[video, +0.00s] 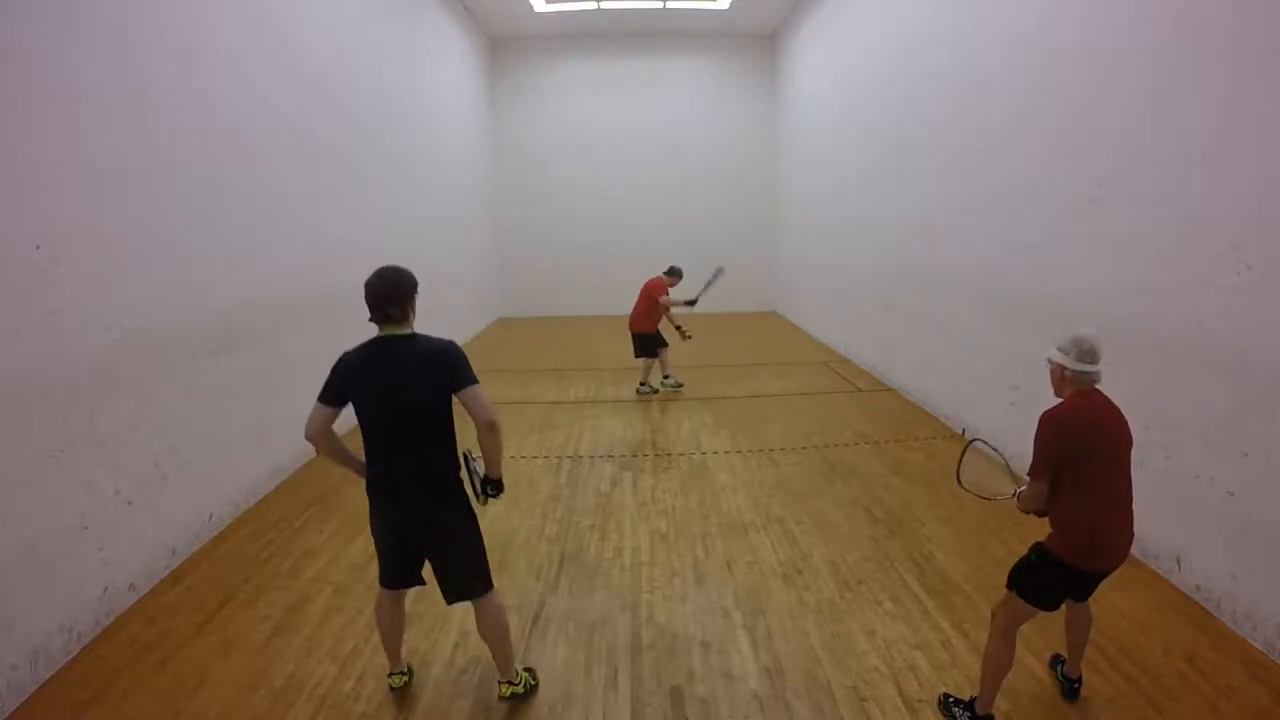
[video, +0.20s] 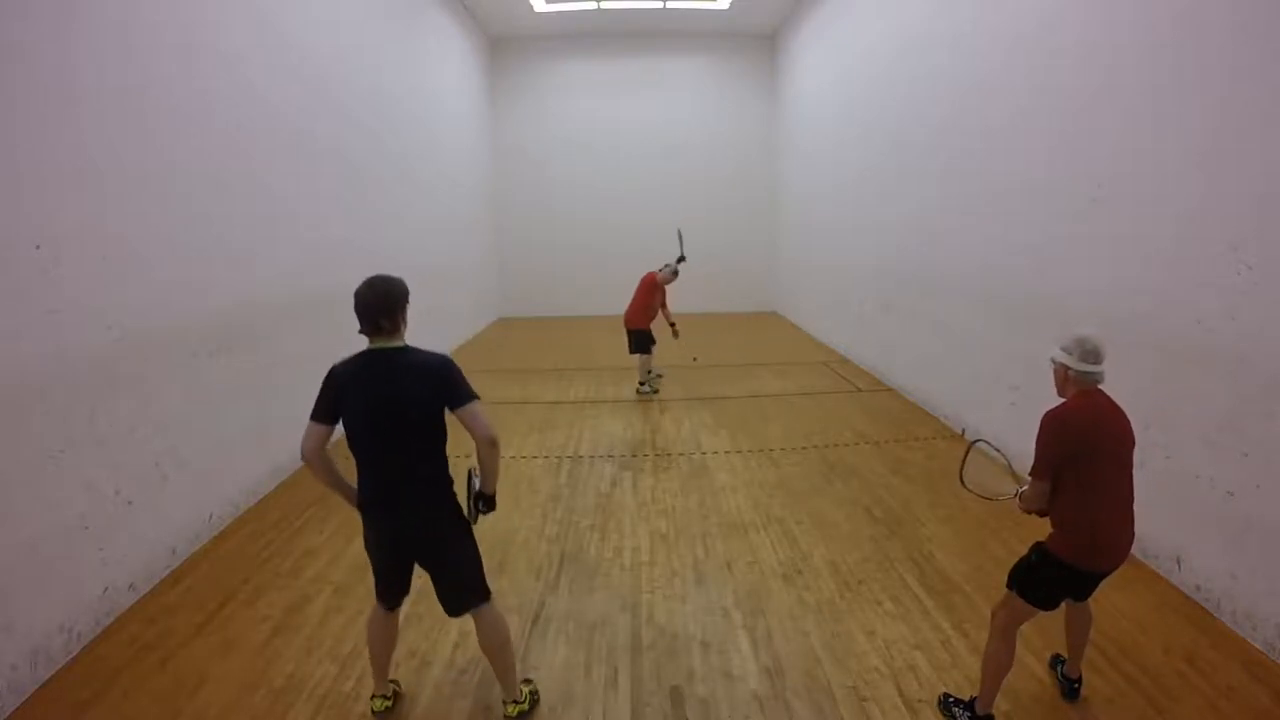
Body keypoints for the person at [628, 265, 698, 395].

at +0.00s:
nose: (676, 284)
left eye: (678, 282)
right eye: (677, 281)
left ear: (668, 274)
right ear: (673, 277)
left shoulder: (662, 287)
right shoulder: (657, 284)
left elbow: (667, 312)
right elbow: (663, 301)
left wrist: (678, 327)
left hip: (649, 325)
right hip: (641, 326)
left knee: (662, 348)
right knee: (651, 355)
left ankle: (666, 378)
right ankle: (643, 384)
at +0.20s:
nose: (670, 281)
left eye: (672, 280)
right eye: (670, 278)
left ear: (671, 277)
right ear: (664, 272)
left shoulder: (661, 289)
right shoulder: (650, 279)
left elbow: (664, 308)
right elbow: (662, 276)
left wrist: (672, 325)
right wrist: (675, 264)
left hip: (643, 322)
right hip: (635, 322)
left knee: (650, 346)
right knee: (645, 352)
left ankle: (647, 373)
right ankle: (642, 384)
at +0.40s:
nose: (665, 283)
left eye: (667, 281)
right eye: (665, 280)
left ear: (664, 276)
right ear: (662, 275)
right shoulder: (651, 281)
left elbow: (654, 302)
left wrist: (656, 315)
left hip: (628, 319)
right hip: (634, 321)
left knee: (633, 349)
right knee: (642, 351)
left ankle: (631, 369)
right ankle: (642, 382)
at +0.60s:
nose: (659, 287)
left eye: (660, 284)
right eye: (660, 285)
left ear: (649, 276)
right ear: (658, 284)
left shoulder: (635, 280)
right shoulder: (650, 296)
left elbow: (621, 287)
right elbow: (660, 315)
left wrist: (633, 298)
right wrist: (676, 321)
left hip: (615, 320)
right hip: (631, 325)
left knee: (628, 345)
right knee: (642, 351)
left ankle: (629, 368)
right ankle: (636, 374)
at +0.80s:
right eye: (651, 277)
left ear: (641, 273)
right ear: (652, 277)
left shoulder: (628, 281)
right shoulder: (650, 289)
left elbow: (617, 292)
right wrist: (618, 296)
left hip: (618, 325)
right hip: (635, 328)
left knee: (622, 347)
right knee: (630, 352)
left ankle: (627, 368)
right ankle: (618, 369)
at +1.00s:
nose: (624, 276)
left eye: (624, 274)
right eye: (625, 274)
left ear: (625, 274)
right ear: (636, 273)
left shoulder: (625, 287)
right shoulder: (642, 285)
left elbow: (620, 306)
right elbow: (631, 303)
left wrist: (618, 317)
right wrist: (611, 303)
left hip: (629, 328)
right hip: (644, 328)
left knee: (621, 343)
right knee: (637, 352)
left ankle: (628, 366)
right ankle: (635, 374)